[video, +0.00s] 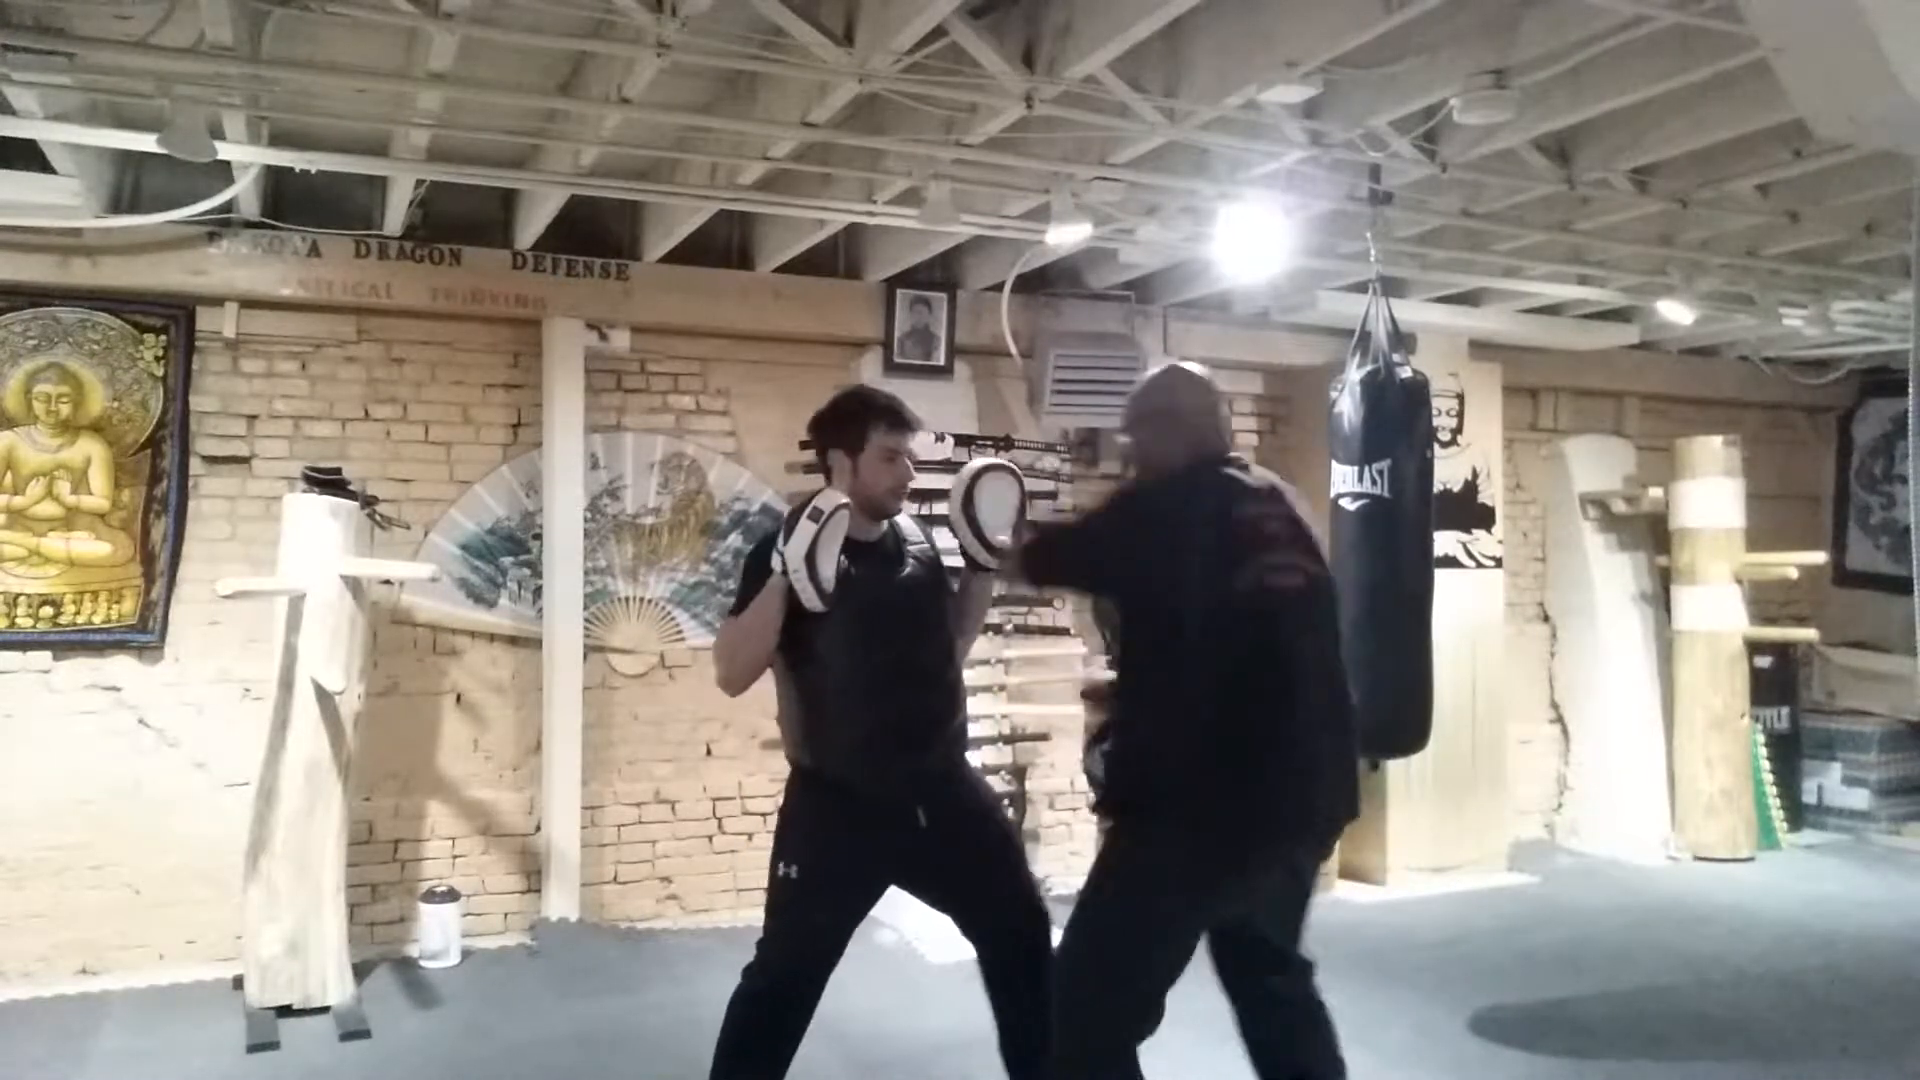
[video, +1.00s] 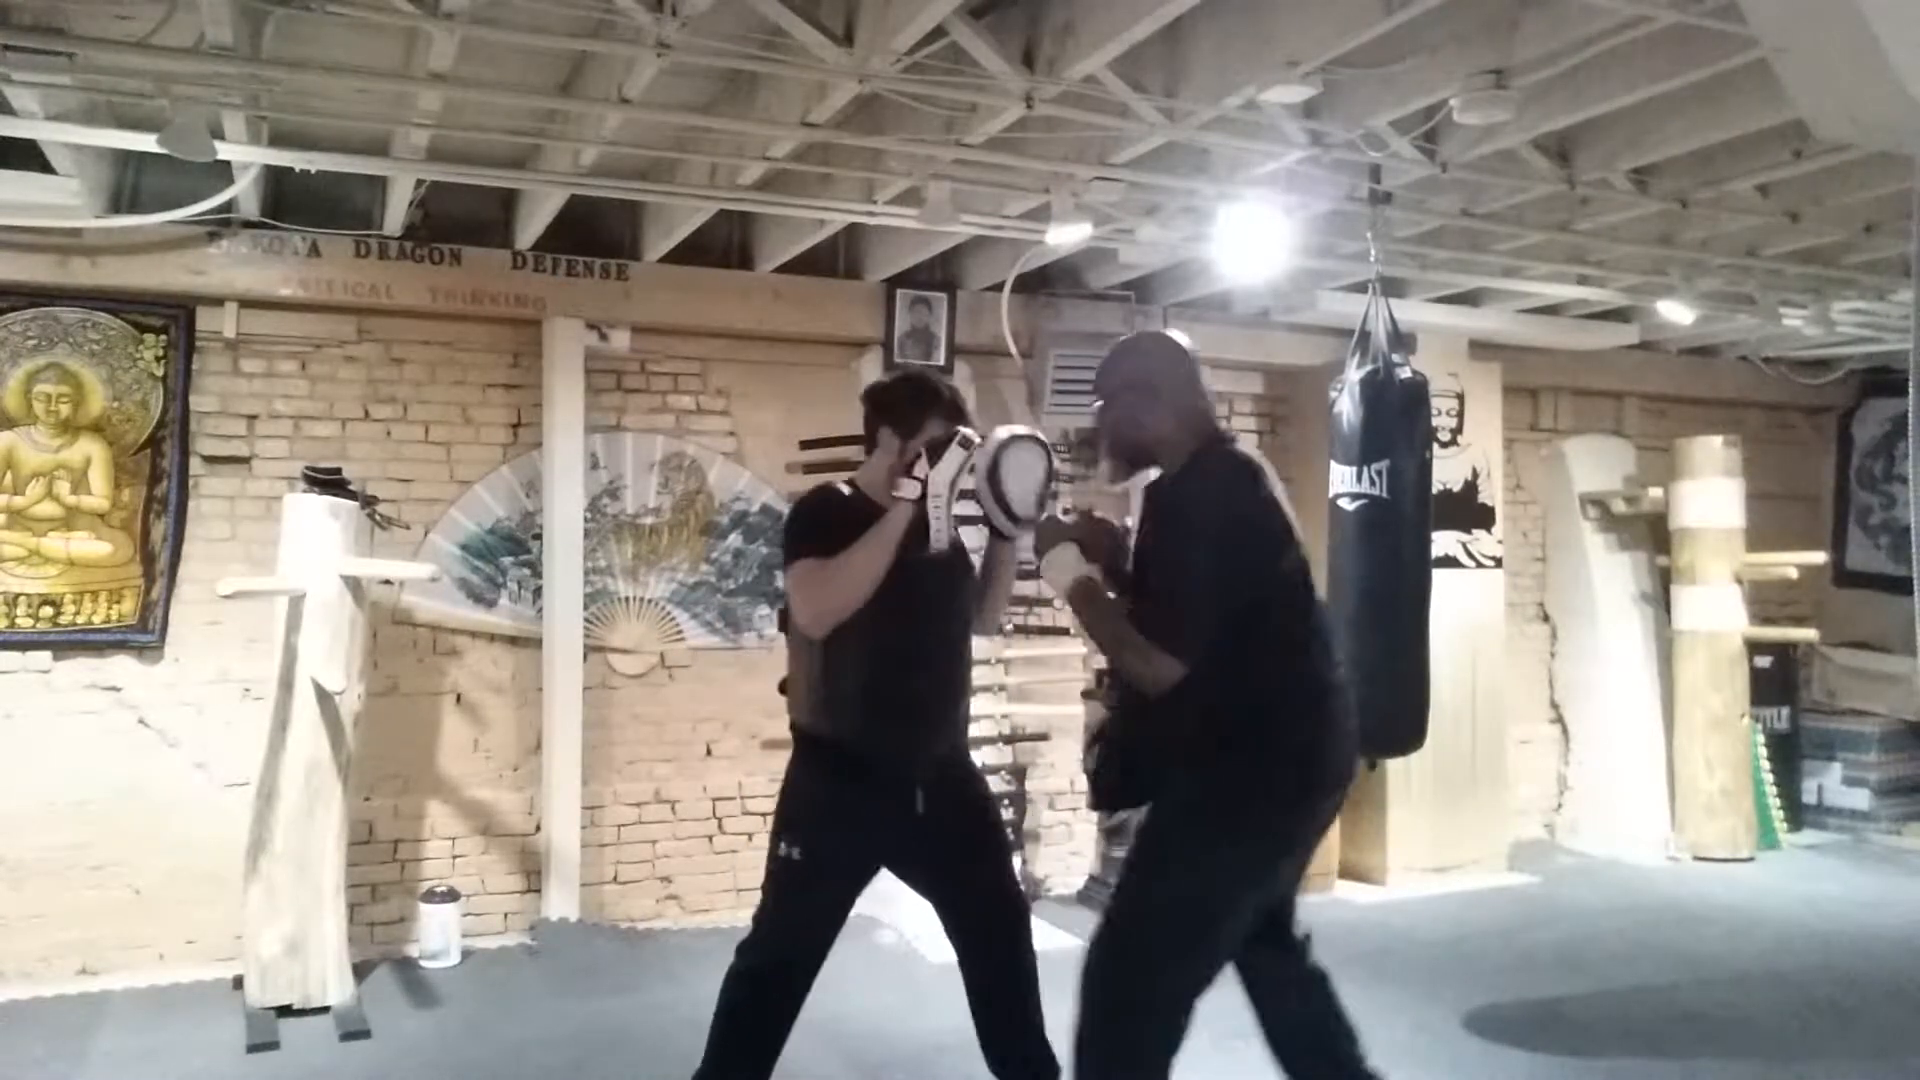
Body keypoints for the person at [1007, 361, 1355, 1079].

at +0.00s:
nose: (1129, 445)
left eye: (1138, 428)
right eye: (1129, 428)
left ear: (1167, 432)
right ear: (1216, 432)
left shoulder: (1155, 512)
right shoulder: (1274, 508)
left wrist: (1021, 551)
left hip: (1188, 810)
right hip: (1298, 799)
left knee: (1090, 1011)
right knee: (1267, 968)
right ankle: (1315, 1075)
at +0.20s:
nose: (1162, 442)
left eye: (1164, 432)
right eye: (1163, 434)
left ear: (1173, 435)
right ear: (1251, 430)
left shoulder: (1136, 504)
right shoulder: (1329, 509)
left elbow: (1025, 496)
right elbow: (1402, 604)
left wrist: (1075, 458)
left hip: (1170, 805)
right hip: (1300, 801)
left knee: (1126, 1010)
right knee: (1310, 980)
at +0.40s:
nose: (1139, 440)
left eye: (1143, 426)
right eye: (1142, 426)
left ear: (1158, 429)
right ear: (1234, 420)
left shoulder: (1140, 510)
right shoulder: (1315, 497)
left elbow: (1036, 578)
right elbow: (1381, 589)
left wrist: (1089, 503)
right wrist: (1293, 587)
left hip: (1191, 793)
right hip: (1304, 784)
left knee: (1089, 985)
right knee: (1284, 962)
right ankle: (1329, 1079)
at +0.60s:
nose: (1105, 439)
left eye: (1117, 421)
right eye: (1106, 422)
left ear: (1164, 427)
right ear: (1186, 424)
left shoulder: (1225, 520)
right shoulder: (1170, 513)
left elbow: (1151, 681)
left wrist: (1098, 575)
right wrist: (1058, 506)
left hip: (1226, 801)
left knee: (1075, 978)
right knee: (1221, 973)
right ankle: (1290, 1078)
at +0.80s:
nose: (1081, 457)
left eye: (1092, 437)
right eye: (1080, 440)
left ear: (1149, 428)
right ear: (1144, 430)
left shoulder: (1239, 530)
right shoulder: (1118, 520)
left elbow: (1214, 698)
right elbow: (1019, 601)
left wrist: (1107, 578)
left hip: (1227, 806)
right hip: (1158, 797)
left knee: (1062, 988)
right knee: (1215, 979)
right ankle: (1293, 1076)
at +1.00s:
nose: (1100, 417)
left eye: (1116, 398)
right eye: (1099, 400)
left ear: (1163, 400)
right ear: (1176, 403)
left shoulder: (1195, 495)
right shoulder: (1231, 479)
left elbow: (1157, 666)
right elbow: (1207, 608)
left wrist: (1077, 583)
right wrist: (1121, 556)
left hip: (1241, 772)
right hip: (1295, 758)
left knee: (1130, 984)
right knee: (1267, 947)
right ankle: (1344, 1076)